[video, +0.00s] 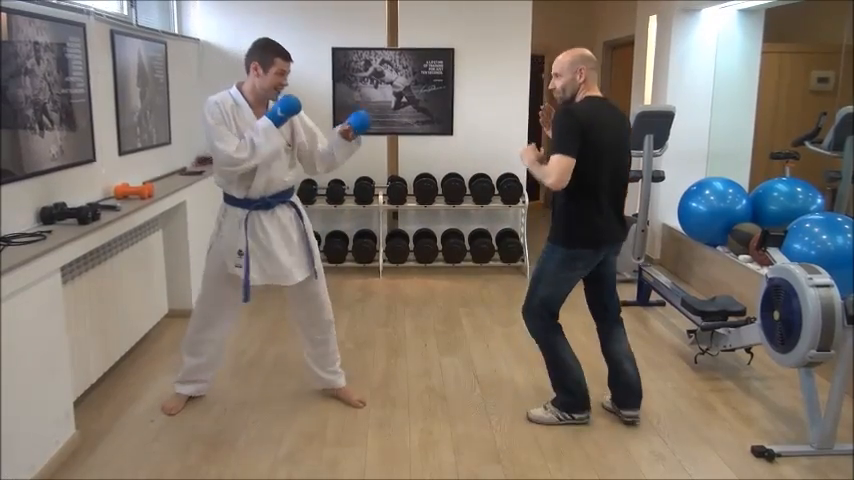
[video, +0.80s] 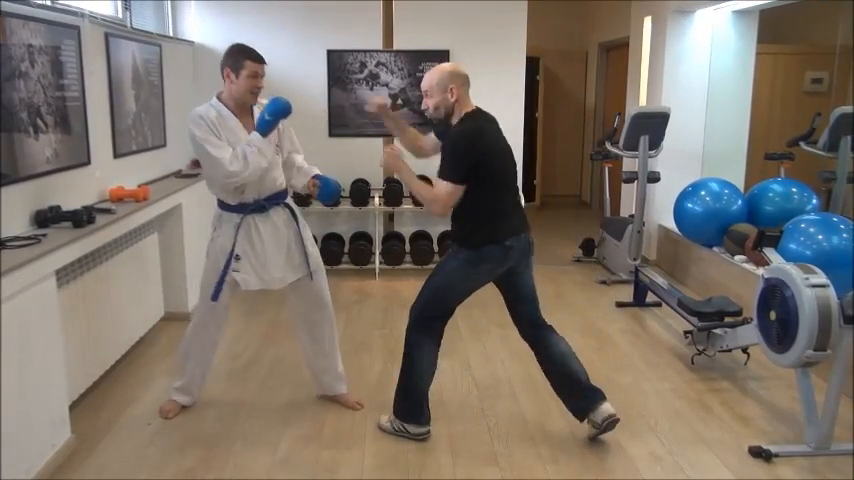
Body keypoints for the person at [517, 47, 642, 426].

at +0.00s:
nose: (551, 83)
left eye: (556, 76)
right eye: (551, 76)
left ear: (581, 76)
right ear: (587, 76)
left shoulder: (573, 114)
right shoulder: (616, 115)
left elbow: (557, 179)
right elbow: (597, 171)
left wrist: (533, 163)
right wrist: (555, 137)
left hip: (575, 237)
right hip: (608, 234)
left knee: (538, 313)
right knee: (608, 315)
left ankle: (572, 404)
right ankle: (627, 402)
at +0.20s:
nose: (541, 79)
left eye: (545, 71)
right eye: (541, 71)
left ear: (569, 67)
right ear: (576, 68)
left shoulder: (561, 101)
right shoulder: (610, 105)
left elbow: (558, 158)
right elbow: (595, 155)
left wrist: (537, 164)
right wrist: (545, 127)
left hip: (562, 221)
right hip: (599, 222)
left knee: (507, 291)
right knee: (604, 309)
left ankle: (527, 387)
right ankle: (622, 400)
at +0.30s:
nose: (531, 77)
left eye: (534, 70)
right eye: (530, 70)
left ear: (559, 67)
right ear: (566, 67)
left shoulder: (548, 97)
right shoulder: (596, 101)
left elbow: (536, 150)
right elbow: (584, 151)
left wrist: (512, 147)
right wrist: (535, 121)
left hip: (548, 219)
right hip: (589, 221)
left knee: (502, 296)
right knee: (592, 308)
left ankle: (482, 394)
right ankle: (611, 402)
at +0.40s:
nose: (515, 90)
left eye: (519, 82)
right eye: (515, 82)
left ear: (544, 80)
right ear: (551, 81)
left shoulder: (531, 116)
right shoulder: (587, 119)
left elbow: (491, 154)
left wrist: (459, 135)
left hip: (534, 238)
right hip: (579, 240)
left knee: (480, 322)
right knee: (588, 323)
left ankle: (440, 403)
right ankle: (612, 413)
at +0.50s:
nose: (489, 95)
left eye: (492, 88)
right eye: (488, 89)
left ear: (516, 87)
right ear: (526, 87)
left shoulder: (498, 120)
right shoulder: (563, 125)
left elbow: (433, 136)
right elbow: (559, 174)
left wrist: (383, 115)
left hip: (513, 244)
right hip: (560, 245)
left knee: (460, 326)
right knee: (577, 321)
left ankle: (420, 410)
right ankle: (610, 409)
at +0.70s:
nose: (436, 100)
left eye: (440, 92)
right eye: (436, 93)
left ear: (465, 91)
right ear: (473, 93)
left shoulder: (450, 126)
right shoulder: (507, 127)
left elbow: (390, 162)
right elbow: (510, 183)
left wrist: (345, 131)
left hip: (480, 250)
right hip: (521, 245)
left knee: (424, 319)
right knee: (545, 324)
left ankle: (414, 420)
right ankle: (597, 406)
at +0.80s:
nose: (424, 102)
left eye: (427, 94)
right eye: (423, 95)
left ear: (452, 94)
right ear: (456, 95)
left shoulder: (463, 134)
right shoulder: (481, 121)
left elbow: (440, 204)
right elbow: (422, 146)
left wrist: (402, 172)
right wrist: (391, 116)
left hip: (481, 248)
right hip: (515, 241)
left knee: (425, 317)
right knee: (534, 325)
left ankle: (411, 420)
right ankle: (594, 406)